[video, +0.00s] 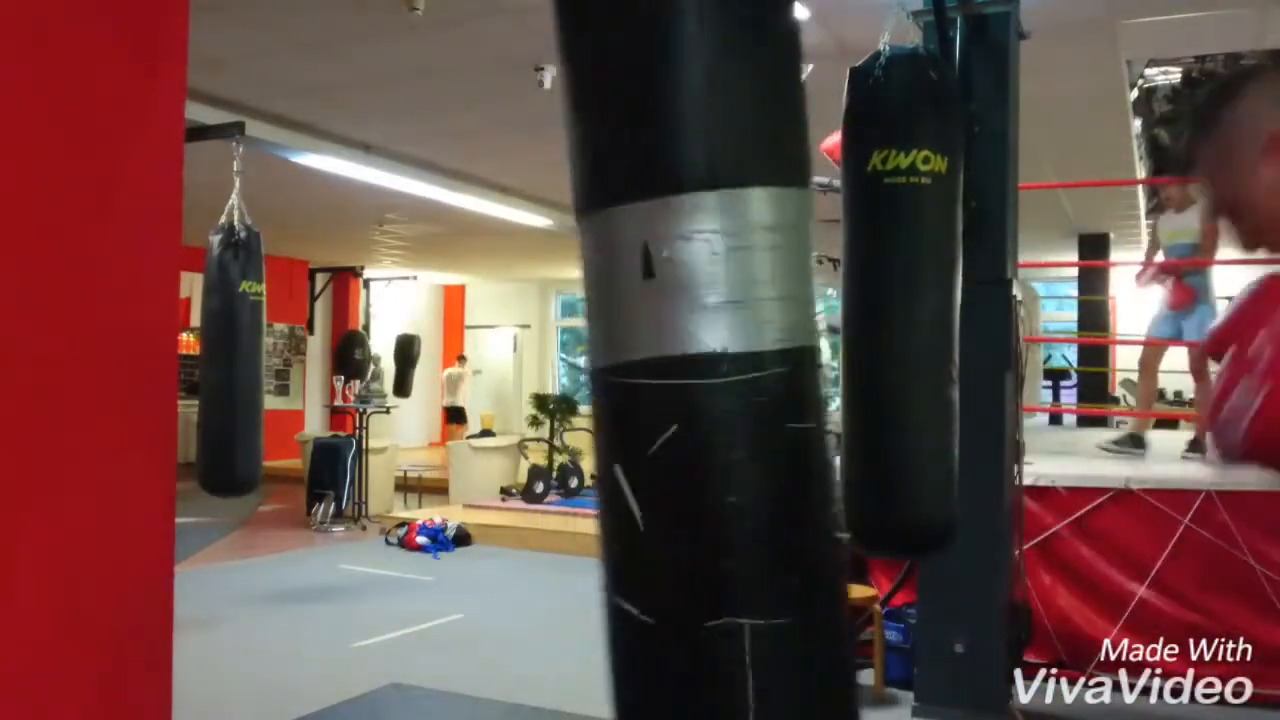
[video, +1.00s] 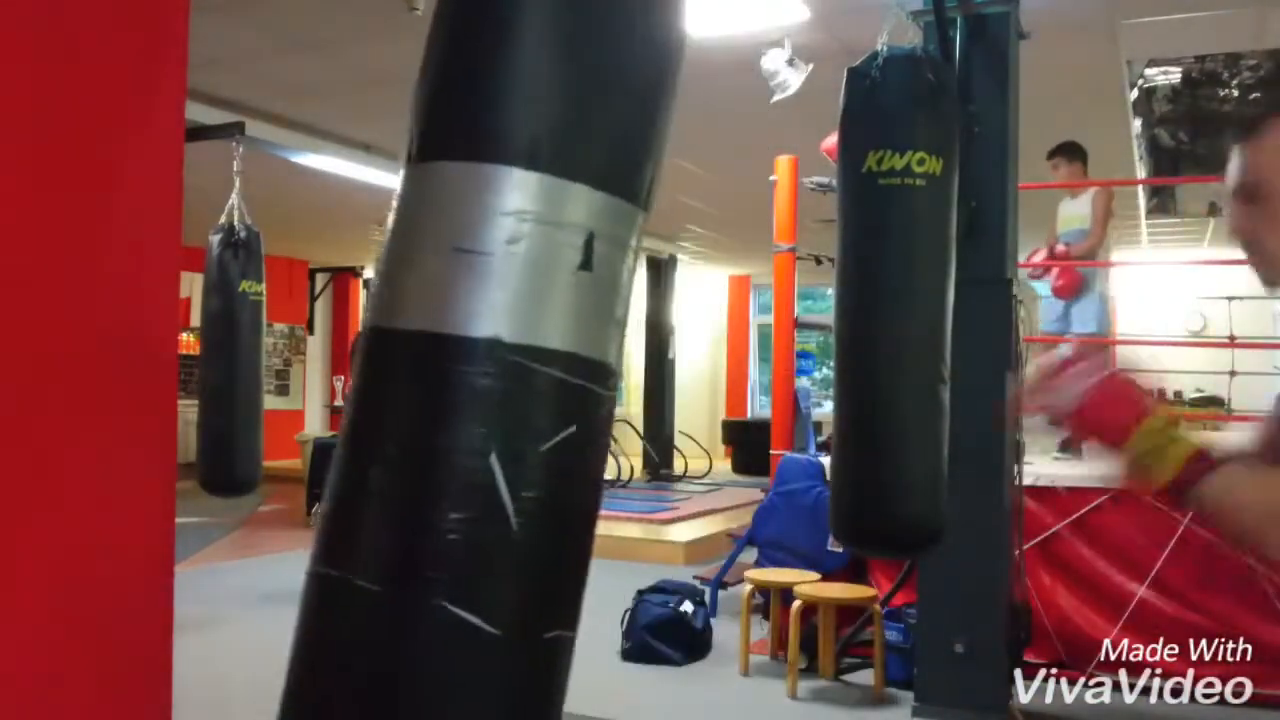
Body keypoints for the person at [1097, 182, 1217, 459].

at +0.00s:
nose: (1164, 194)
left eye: (1167, 186)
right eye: (1159, 189)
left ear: (1184, 184)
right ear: (1157, 191)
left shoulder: (1204, 212)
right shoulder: (1160, 219)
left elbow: (1207, 258)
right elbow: (1151, 253)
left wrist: (1172, 268)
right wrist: (1147, 269)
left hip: (1198, 299)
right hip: (1170, 298)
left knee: (1198, 368)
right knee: (1147, 362)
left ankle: (1200, 436)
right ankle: (1137, 433)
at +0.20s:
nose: (1136, 192)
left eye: (1141, 185)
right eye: (1133, 186)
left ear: (1160, 184)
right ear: (1133, 189)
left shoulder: (1178, 211)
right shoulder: (1134, 221)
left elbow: (1180, 257)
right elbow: (1125, 261)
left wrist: (1144, 268)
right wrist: (1124, 274)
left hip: (1171, 299)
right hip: (1143, 299)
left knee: (1173, 370)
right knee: (1131, 367)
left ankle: (1195, 432)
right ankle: (1123, 436)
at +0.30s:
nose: (1122, 192)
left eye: (1127, 185)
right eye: (1119, 186)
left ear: (1145, 182)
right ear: (1118, 189)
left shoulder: (1167, 207)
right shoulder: (1121, 219)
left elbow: (1168, 252)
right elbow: (1111, 256)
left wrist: (1133, 265)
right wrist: (1109, 272)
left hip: (1153, 295)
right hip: (1126, 297)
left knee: (1147, 367)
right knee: (1120, 370)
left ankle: (1184, 416)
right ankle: (1121, 436)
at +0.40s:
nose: (1111, 191)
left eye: (1115, 184)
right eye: (1108, 185)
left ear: (1132, 181)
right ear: (1109, 186)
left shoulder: (1157, 207)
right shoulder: (1112, 217)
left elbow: (1158, 251)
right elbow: (1098, 255)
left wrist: (1122, 263)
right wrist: (1098, 270)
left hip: (1142, 286)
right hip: (1116, 288)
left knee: (1124, 361)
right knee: (1115, 364)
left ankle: (1162, 411)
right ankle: (1120, 436)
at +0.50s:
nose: (1102, 189)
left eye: (1106, 182)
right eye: (1099, 184)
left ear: (1124, 179)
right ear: (1099, 184)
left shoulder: (1146, 207)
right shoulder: (1102, 215)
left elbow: (1147, 252)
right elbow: (1089, 251)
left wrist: (1114, 263)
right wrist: (1086, 267)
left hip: (1131, 286)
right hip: (1106, 288)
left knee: (1113, 354)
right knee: (1108, 356)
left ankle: (1124, 428)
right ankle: (1124, 426)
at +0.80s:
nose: (1072, 181)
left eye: (1076, 174)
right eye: (1069, 176)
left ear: (1094, 172)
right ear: (1075, 178)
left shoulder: (1116, 202)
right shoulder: (1077, 210)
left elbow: (1114, 250)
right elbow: (1066, 247)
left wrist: (1080, 263)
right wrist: (1059, 266)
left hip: (1102, 286)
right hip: (1079, 286)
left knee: (1089, 358)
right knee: (1086, 360)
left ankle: (1080, 433)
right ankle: (1095, 431)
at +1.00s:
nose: (1054, 175)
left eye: (1057, 168)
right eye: (1052, 169)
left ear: (1076, 166)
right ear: (1062, 170)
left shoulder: (1099, 193)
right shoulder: (1064, 203)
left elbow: (1096, 238)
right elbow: (1056, 240)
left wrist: (1066, 255)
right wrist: (1046, 256)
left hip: (1088, 283)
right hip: (1060, 283)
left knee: (1084, 356)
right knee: (1051, 356)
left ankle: (1077, 431)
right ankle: (1065, 422)